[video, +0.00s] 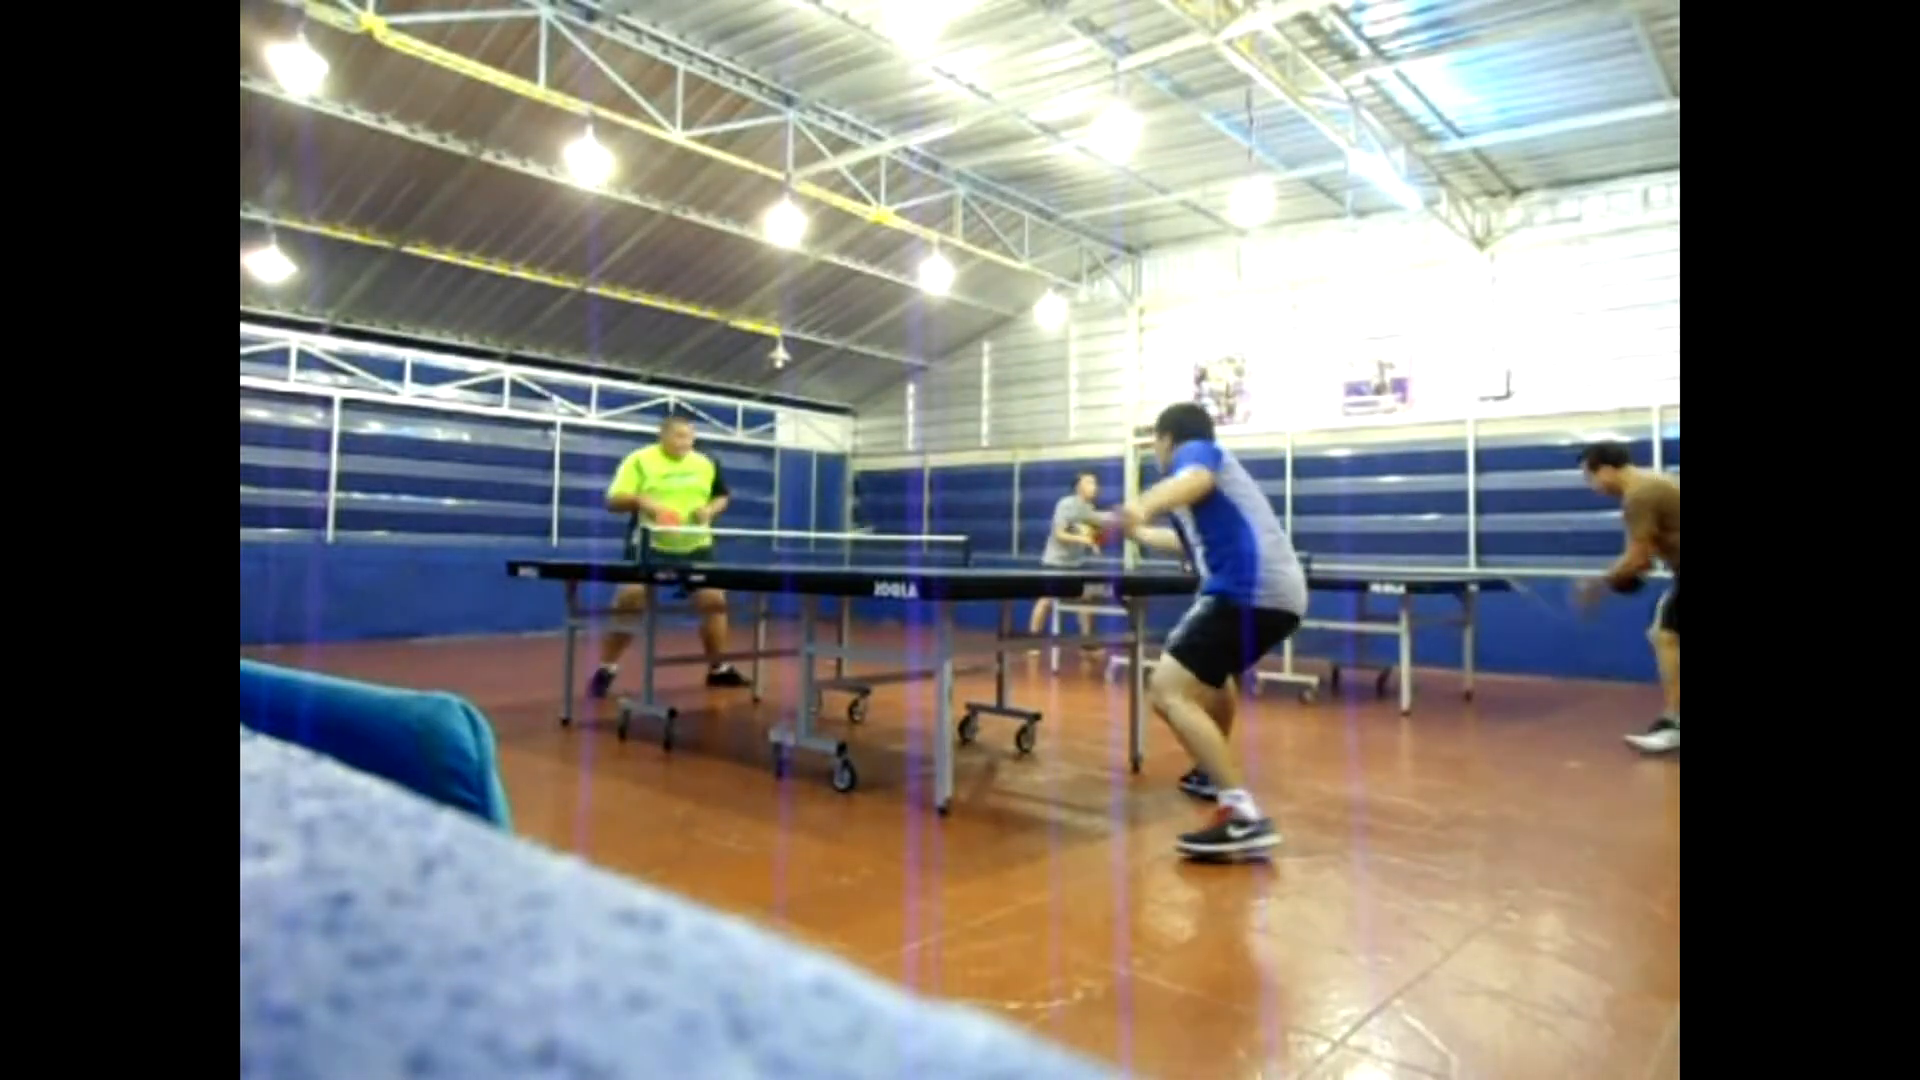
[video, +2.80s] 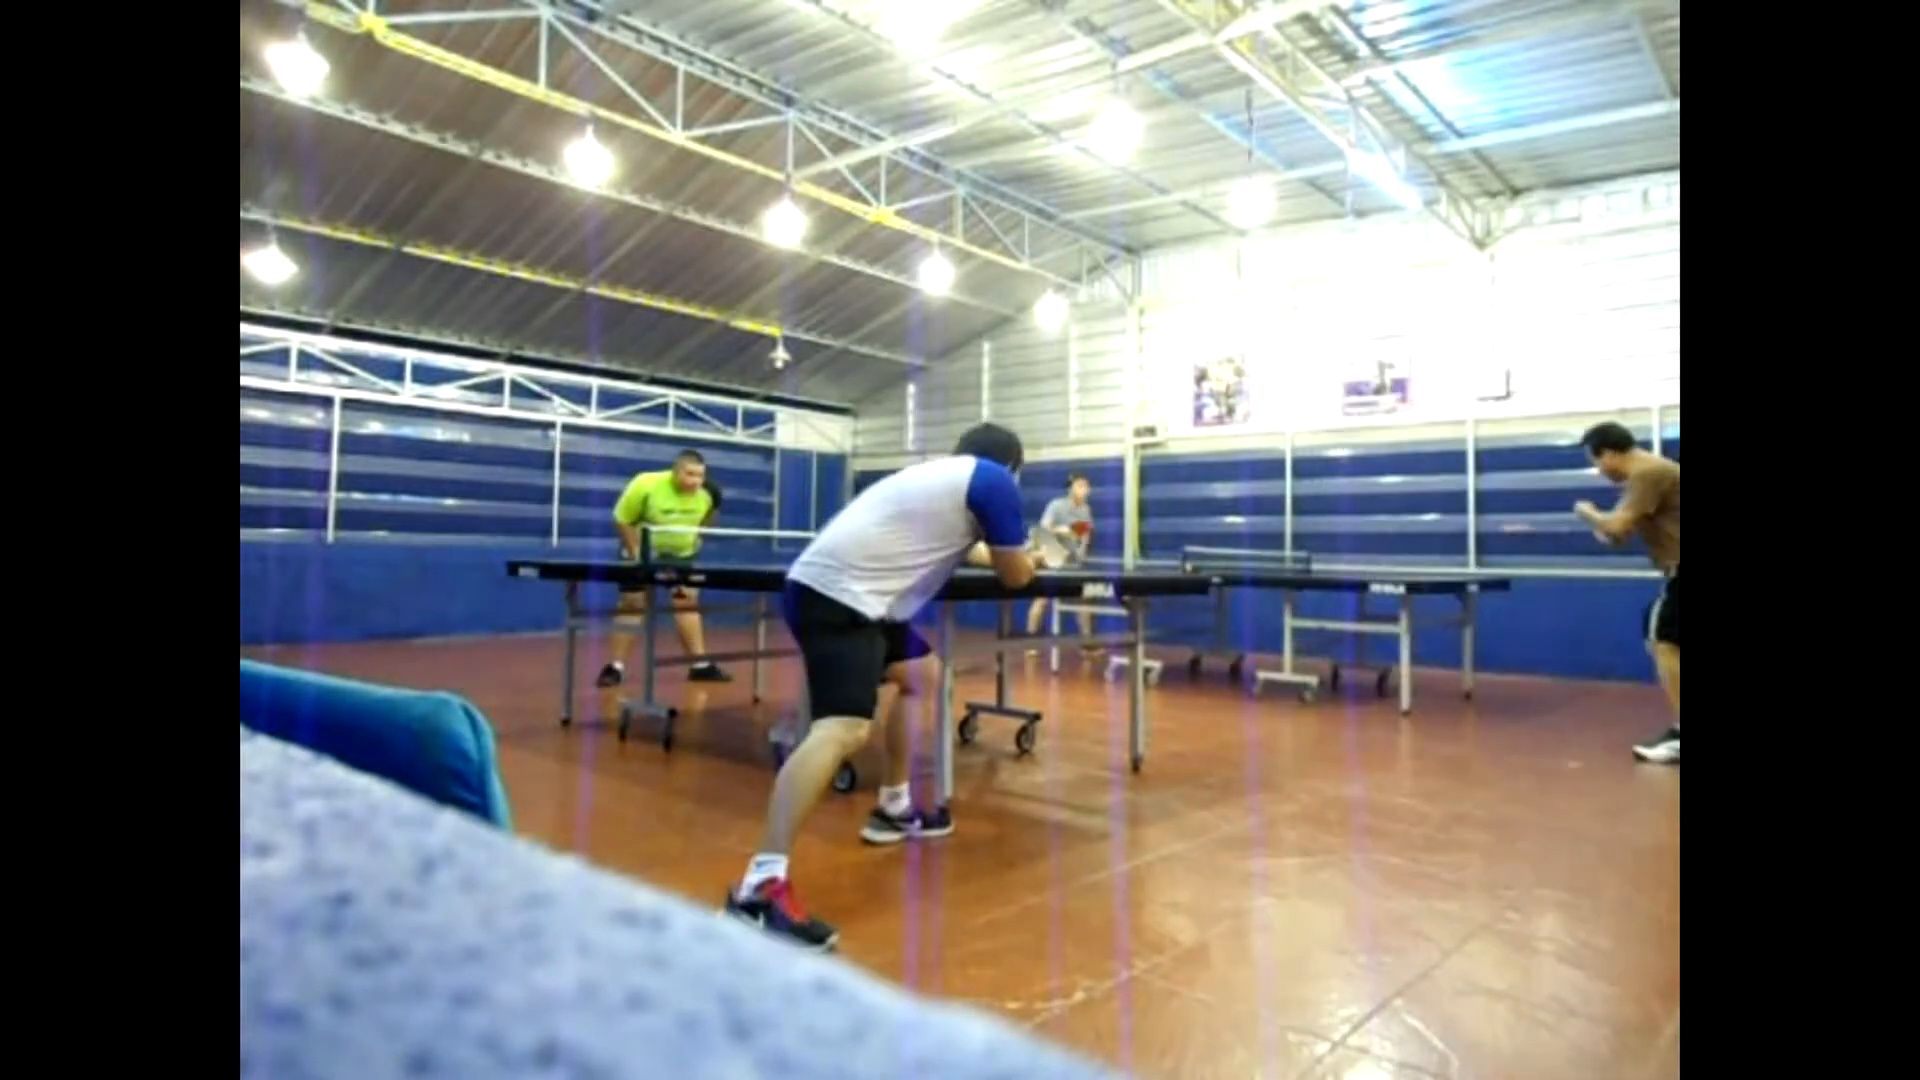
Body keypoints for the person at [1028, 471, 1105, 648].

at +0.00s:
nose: (1092, 488)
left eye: (1094, 483)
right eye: (1088, 483)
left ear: (1096, 488)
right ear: (1078, 486)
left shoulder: (1089, 510)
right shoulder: (1066, 504)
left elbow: (1098, 526)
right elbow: (1060, 534)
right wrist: (1086, 541)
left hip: (1078, 563)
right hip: (1055, 562)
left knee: (1084, 600)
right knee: (1046, 599)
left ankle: (1087, 639)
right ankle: (1033, 637)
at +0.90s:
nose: (1071, 486)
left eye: (1073, 481)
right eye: (1067, 482)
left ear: (1079, 484)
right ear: (1061, 485)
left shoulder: (1084, 506)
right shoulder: (1052, 505)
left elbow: (1089, 534)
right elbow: (1052, 535)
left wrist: (1092, 556)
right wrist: (1063, 557)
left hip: (1082, 562)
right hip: (1058, 561)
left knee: (1082, 601)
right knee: (1046, 598)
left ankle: (1086, 637)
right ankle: (1034, 634)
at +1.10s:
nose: (1071, 486)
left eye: (1074, 482)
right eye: (1067, 482)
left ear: (1080, 485)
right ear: (1062, 485)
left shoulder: (1086, 507)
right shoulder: (1053, 504)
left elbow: (1089, 536)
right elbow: (1046, 533)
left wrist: (1093, 560)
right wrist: (1040, 560)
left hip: (1081, 562)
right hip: (1057, 561)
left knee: (1082, 602)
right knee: (1045, 600)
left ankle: (1086, 638)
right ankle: (1034, 637)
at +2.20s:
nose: (1074, 487)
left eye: (1077, 483)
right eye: (1070, 483)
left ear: (1082, 487)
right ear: (1063, 485)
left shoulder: (1084, 507)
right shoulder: (1051, 504)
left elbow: (1087, 534)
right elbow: (1044, 533)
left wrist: (1090, 555)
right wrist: (1064, 545)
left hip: (1080, 560)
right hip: (1057, 560)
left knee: (1082, 601)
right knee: (1046, 598)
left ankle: (1085, 638)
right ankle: (1033, 635)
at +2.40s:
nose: (1074, 487)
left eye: (1077, 483)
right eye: (1070, 483)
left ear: (1082, 487)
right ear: (1063, 485)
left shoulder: (1084, 508)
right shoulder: (1051, 504)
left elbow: (1086, 533)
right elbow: (1043, 532)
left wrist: (1089, 554)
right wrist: (1065, 543)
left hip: (1080, 560)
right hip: (1056, 560)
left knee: (1083, 600)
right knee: (1046, 598)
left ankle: (1085, 638)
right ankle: (1034, 635)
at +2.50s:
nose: (1086, 490)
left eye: (1089, 486)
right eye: (1083, 485)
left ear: (1092, 489)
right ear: (1075, 487)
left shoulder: (1086, 507)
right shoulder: (1063, 504)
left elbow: (1085, 531)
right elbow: (1065, 522)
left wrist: (1087, 553)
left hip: (1077, 558)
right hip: (1057, 557)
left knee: (1081, 599)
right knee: (1049, 597)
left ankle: (1086, 636)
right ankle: (1037, 633)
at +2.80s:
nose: (1083, 490)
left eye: (1085, 486)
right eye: (1079, 486)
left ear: (1088, 490)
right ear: (1071, 488)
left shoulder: (1085, 509)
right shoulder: (1057, 505)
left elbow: (1087, 532)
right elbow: (1045, 526)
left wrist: (1083, 553)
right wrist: (1065, 530)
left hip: (1076, 558)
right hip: (1053, 557)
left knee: (1084, 599)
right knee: (1043, 597)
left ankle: (1087, 637)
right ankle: (1031, 634)